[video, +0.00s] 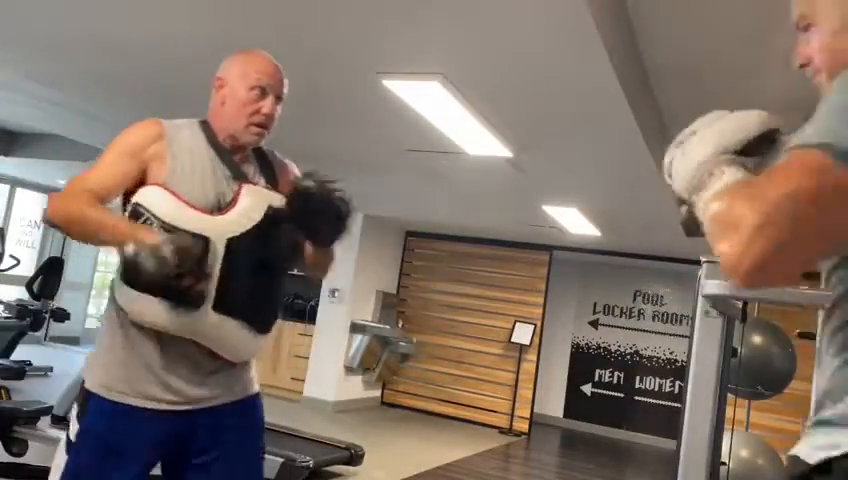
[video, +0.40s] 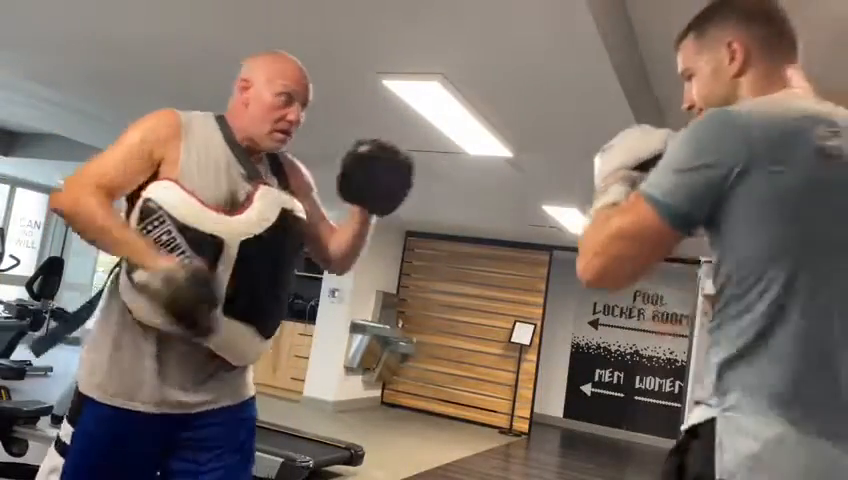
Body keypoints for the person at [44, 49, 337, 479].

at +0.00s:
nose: (270, 109)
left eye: (278, 99)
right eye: (259, 91)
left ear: (282, 108)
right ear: (220, 88)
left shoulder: (281, 174)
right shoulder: (153, 140)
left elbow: (318, 268)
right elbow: (65, 207)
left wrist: (318, 229)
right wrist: (144, 238)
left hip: (229, 402)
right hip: (129, 395)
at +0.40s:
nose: (295, 117)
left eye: (302, 107)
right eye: (285, 99)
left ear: (305, 115)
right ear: (243, 90)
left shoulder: (290, 175)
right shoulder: (169, 131)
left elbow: (335, 257)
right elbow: (75, 197)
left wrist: (365, 202)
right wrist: (157, 263)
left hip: (221, 402)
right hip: (125, 395)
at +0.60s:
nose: (340, 123)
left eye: (347, 113)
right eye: (331, 105)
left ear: (343, 119)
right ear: (289, 93)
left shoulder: (324, 184)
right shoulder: (211, 124)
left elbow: (374, 258)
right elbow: (96, 178)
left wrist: (412, 194)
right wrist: (85, 284)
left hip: (232, 404)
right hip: (137, 386)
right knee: (93, 479)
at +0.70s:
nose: (353, 127)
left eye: (359, 118)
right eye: (346, 110)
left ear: (345, 120)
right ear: (300, 96)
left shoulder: (331, 185)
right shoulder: (220, 121)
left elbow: (384, 257)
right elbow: (102, 172)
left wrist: (424, 193)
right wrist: (75, 277)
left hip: (233, 401)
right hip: (138, 381)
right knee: (82, 477)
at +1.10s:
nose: (315, 117)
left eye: (320, 105)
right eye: (308, 97)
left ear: (268, 86)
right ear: (264, 80)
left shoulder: (278, 171)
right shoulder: (172, 113)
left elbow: (338, 242)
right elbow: (51, 178)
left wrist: (384, 169)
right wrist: (74, 297)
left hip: (212, 420)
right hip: (117, 414)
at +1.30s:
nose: (269, 90)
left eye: (272, 76)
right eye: (261, 70)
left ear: (218, 57)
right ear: (216, 54)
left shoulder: (222, 144)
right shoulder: (123, 97)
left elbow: (274, 221)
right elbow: (17, 177)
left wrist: (331, 159)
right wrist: (60, 322)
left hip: (173, 408)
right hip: (92, 414)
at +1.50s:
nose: (265, 92)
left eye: (268, 78)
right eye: (263, 73)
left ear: (223, 54)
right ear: (223, 53)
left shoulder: (201, 143)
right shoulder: (124, 91)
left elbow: (249, 205)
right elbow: (18, 173)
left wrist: (307, 144)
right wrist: (66, 333)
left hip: (158, 398)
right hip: (83, 402)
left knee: (167, 475)